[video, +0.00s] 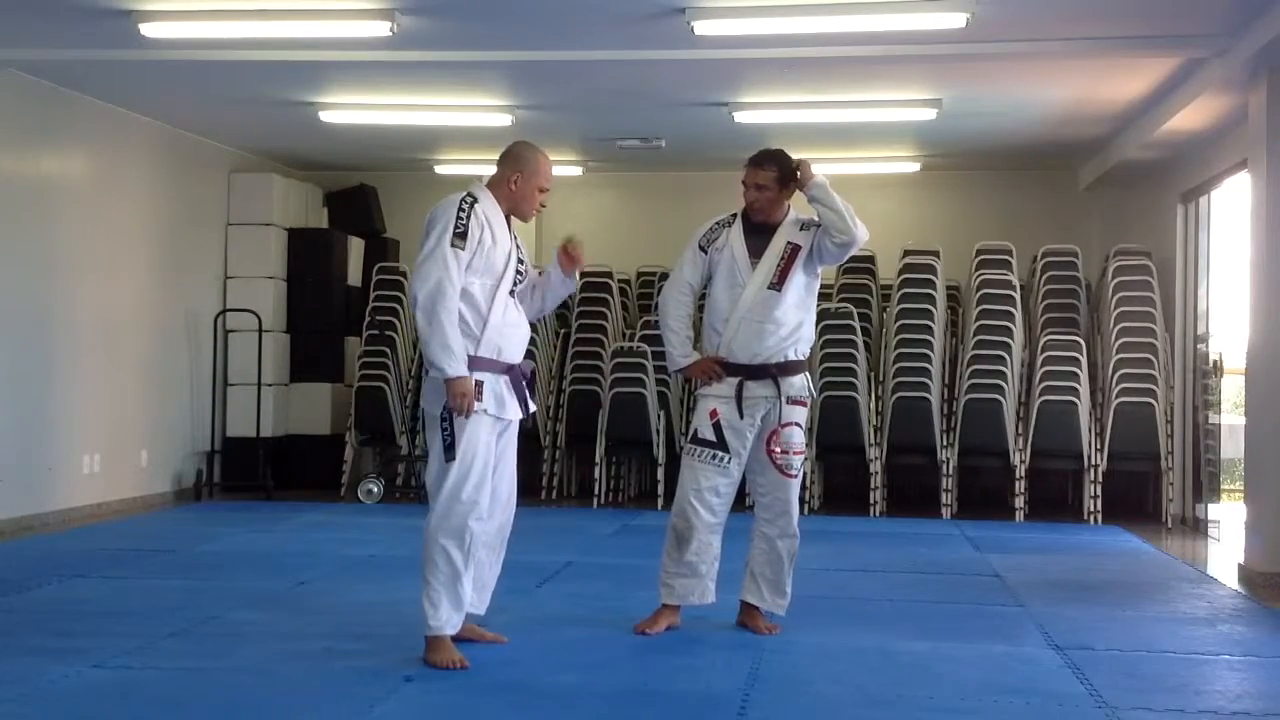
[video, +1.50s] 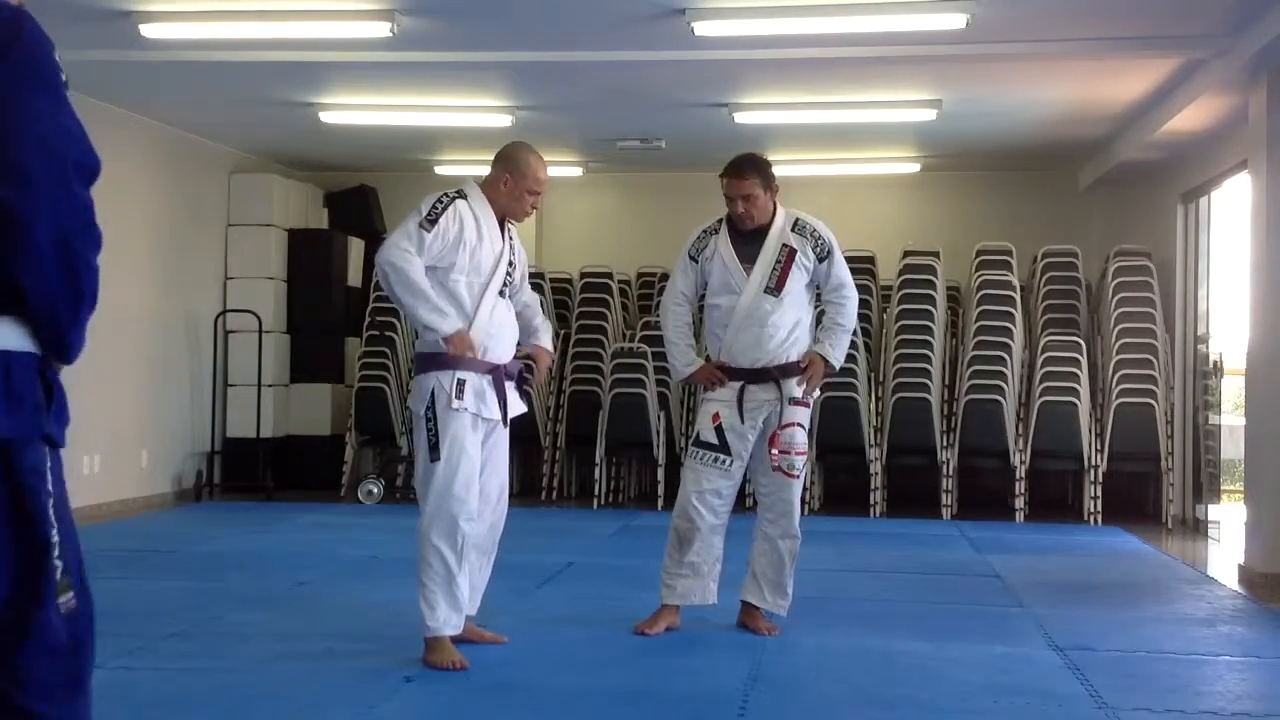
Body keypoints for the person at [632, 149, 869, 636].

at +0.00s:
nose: (750, 195)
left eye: (761, 188)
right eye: (746, 186)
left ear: (787, 193)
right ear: (741, 185)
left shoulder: (809, 236)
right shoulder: (715, 235)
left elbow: (851, 237)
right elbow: (675, 295)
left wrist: (813, 186)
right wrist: (686, 356)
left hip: (786, 386)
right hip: (722, 383)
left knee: (779, 505)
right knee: (695, 500)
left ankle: (755, 606)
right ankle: (672, 604)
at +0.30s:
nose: (747, 196)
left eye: (759, 190)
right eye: (745, 187)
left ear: (786, 196)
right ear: (742, 186)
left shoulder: (809, 238)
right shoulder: (716, 235)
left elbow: (854, 232)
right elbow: (676, 295)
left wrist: (821, 182)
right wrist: (687, 357)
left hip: (787, 388)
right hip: (723, 384)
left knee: (781, 506)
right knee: (697, 500)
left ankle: (755, 606)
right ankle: (672, 604)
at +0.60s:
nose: (749, 201)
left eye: (761, 196)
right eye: (748, 191)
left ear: (788, 202)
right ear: (744, 188)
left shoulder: (809, 238)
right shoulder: (718, 235)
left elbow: (854, 215)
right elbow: (677, 294)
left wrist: (816, 175)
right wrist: (686, 357)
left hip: (787, 388)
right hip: (723, 385)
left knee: (780, 505)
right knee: (697, 500)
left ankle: (755, 606)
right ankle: (672, 604)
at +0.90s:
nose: (745, 201)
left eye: (756, 195)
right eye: (742, 191)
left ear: (784, 197)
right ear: (738, 186)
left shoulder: (810, 238)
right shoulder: (716, 236)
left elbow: (857, 236)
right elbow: (676, 297)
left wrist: (805, 192)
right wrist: (687, 358)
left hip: (786, 389)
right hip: (722, 386)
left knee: (780, 506)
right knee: (696, 501)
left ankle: (755, 606)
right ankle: (673, 604)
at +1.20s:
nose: (733, 203)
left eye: (743, 196)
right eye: (729, 194)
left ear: (771, 194)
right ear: (725, 190)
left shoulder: (809, 239)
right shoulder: (709, 240)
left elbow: (861, 282)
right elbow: (674, 303)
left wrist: (846, 311)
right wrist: (687, 360)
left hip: (786, 390)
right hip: (722, 387)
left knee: (780, 506)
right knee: (696, 501)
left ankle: (756, 605)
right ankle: (672, 604)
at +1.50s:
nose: (738, 208)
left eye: (747, 199)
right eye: (730, 199)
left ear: (772, 193)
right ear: (723, 195)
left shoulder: (811, 237)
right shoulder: (705, 242)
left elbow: (843, 297)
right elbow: (675, 306)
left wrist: (828, 352)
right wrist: (689, 363)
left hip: (789, 390)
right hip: (725, 389)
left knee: (781, 503)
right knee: (697, 499)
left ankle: (757, 605)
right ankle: (671, 604)